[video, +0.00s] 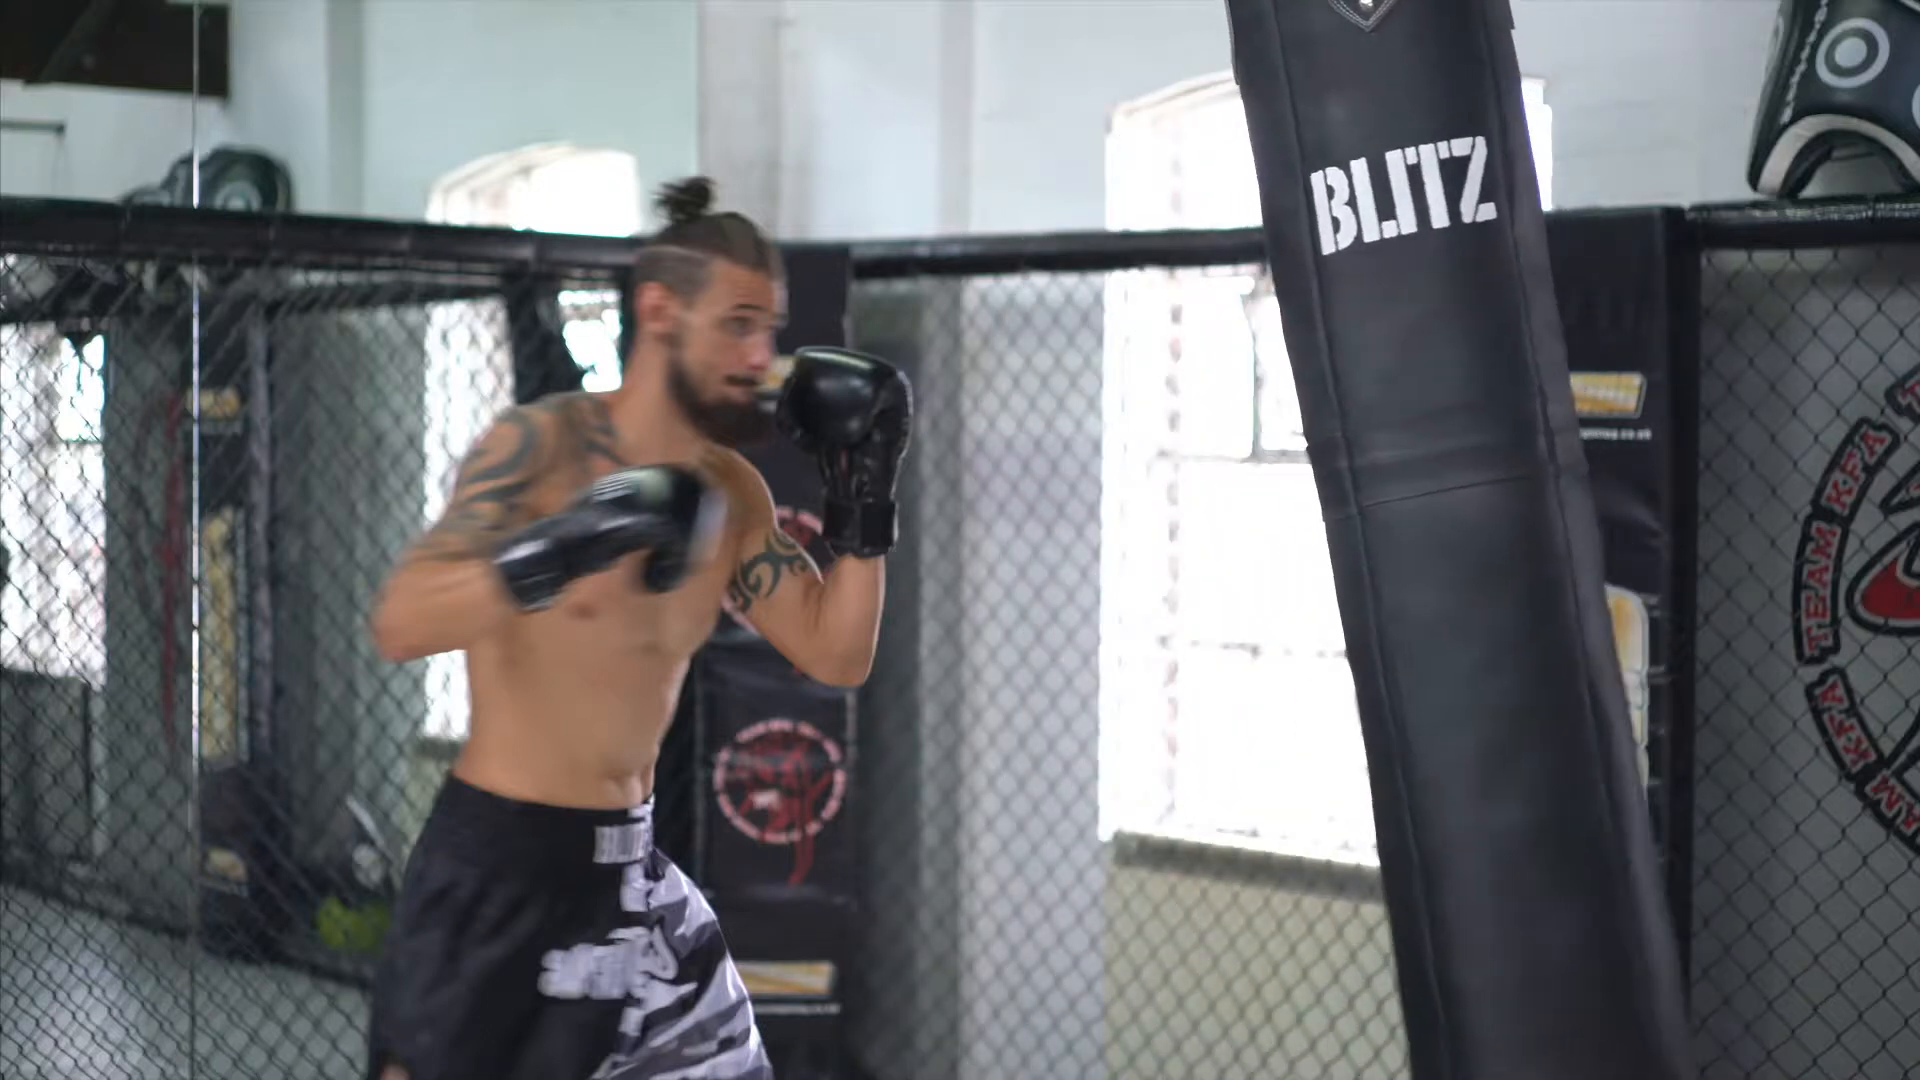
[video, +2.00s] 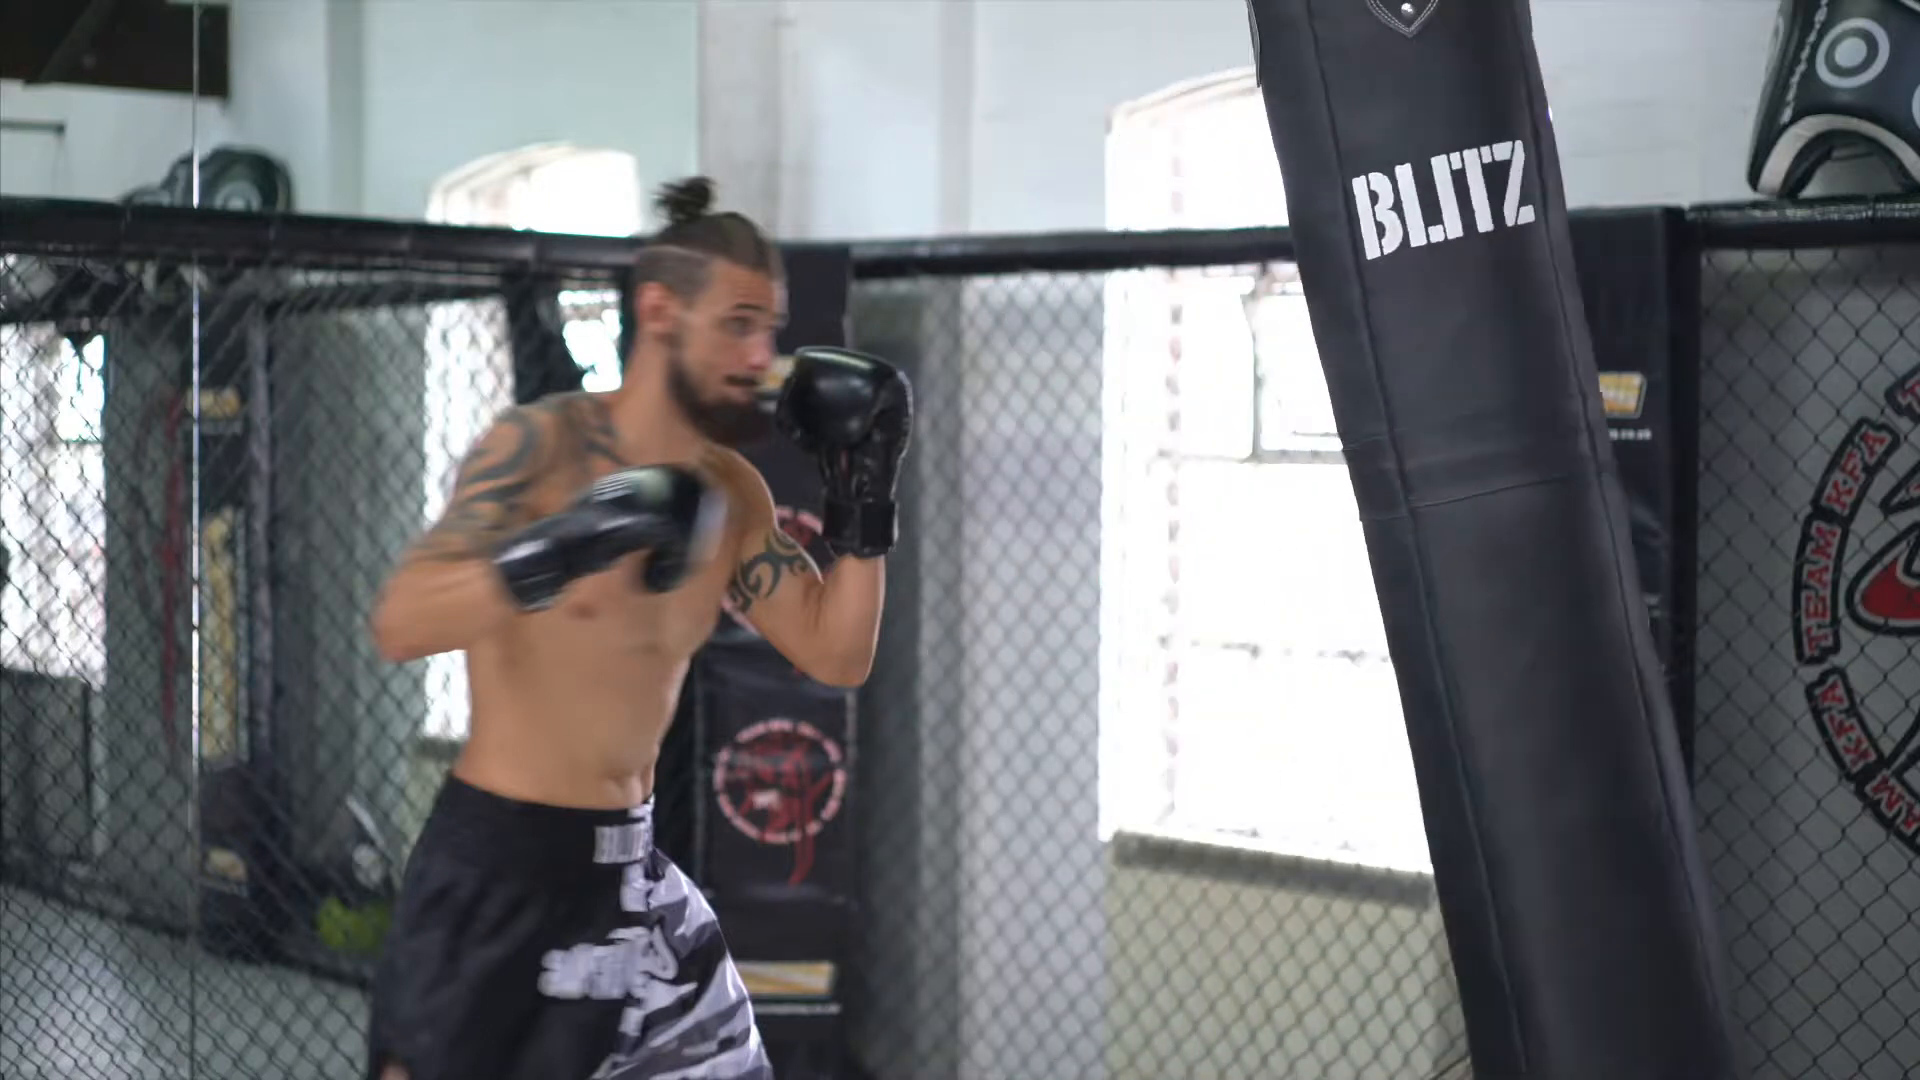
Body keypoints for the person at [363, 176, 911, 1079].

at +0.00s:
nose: (762, 358)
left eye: (772, 332)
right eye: (739, 326)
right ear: (656, 310)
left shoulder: (733, 492)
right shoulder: (540, 439)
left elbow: (839, 655)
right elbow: (401, 623)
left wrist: (865, 483)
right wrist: (568, 547)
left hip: (636, 867)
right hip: (500, 866)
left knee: (732, 1066)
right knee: (442, 1065)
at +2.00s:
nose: (762, 358)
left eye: (772, 331)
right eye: (739, 325)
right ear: (656, 310)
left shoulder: (734, 493)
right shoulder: (539, 440)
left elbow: (839, 655)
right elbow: (401, 623)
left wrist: (864, 483)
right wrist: (569, 547)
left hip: (636, 868)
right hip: (500, 866)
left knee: (732, 1066)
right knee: (442, 1065)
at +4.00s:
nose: (762, 358)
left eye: (772, 331)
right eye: (739, 325)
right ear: (656, 309)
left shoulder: (733, 492)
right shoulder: (537, 441)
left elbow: (839, 655)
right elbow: (400, 623)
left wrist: (865, 480)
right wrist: (568, 547)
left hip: (636, 866)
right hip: (500, 865)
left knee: (732, 1066)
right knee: (441, 1065)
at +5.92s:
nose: (763, 357)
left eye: (772, 331)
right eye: (740, 325)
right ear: (656, 310)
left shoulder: (733, 493)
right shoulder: (538, 440)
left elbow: (839, 655)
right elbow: (400, 623)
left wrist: (865, 480)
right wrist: (569, 547)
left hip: (636, 868)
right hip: (500, 867)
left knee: (732, 1066)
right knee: (442, 1065)